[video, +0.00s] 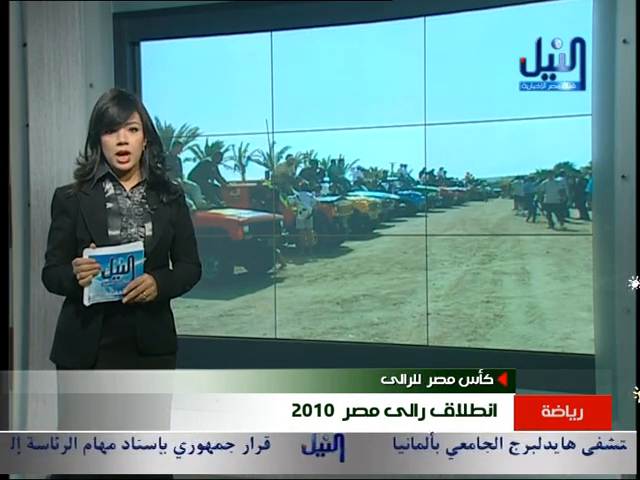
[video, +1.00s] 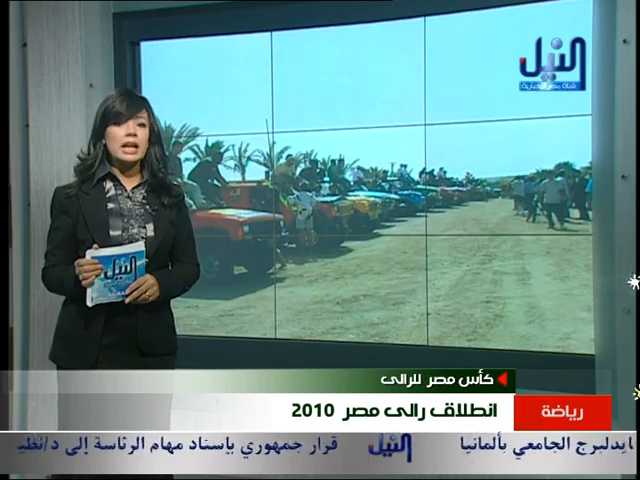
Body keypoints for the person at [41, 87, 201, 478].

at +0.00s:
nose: (123, 140)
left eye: (132, 129)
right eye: (112, 130)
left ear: (146, 137)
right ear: (98, 139)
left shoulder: (169, 197)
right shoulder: (71, 198)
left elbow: (190, 268)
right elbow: (52, 273)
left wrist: (160, 282)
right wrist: (74, 275)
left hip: (150, 349)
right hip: (85, 350)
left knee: (150, 452)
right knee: (83, 452)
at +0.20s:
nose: (124, 139)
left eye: (133, 128)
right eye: (112, 130)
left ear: (147, 136)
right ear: (98, 139)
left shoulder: (170, 197)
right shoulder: (71, 199)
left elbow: (189, 267)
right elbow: (51, 274)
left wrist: (161, 282)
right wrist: (75, 276)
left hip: (151, 349)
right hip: (85, 350)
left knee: (151, 453)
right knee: (83, 453)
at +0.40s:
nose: (125, 138)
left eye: (134, 128)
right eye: (114, 129)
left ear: (147, 136)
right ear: (99, 139)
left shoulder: (170, 197)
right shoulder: (71, 199)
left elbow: (189, 267)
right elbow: (52, 274)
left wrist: (161, 282)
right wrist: (76, 275)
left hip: (151, 349)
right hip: (86, 350)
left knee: (150, 452)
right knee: (84, 452)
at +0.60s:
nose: (128, 136)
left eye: (137, 128)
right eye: (117, 127)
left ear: (149, 137)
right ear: (101, 137)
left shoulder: (170, 197)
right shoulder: (71, 198)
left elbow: (189, 267)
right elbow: (52, 274)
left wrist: (161, 282)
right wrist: (76, 276)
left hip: (151, 349)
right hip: (86, 349)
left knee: (151, 452)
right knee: (85, 452)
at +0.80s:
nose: (130, 135)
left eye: (139, 127)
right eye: (120, 126)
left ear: (150, 137)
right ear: (102, 136)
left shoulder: (170, 197)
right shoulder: (72, 198)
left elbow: (189, 267)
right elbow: (52, 274)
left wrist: (162, 282)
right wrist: (76, 276)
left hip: (151, 349)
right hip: (86, 350)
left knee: (151, 452)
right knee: (84, 452)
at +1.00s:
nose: (130, 133)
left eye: (139, 125)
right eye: (120, 124)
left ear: (151, 135)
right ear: (102, 135)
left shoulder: (170, 197)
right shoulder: (71, 197)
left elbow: (189, 267)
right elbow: (52, 273)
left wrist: (161, 282)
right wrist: (76, 275)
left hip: (151, 349)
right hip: (86, 349)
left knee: (151, 451)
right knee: (83, 452)